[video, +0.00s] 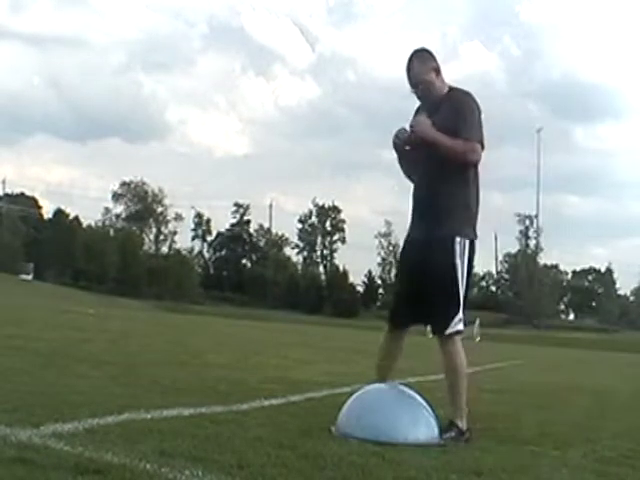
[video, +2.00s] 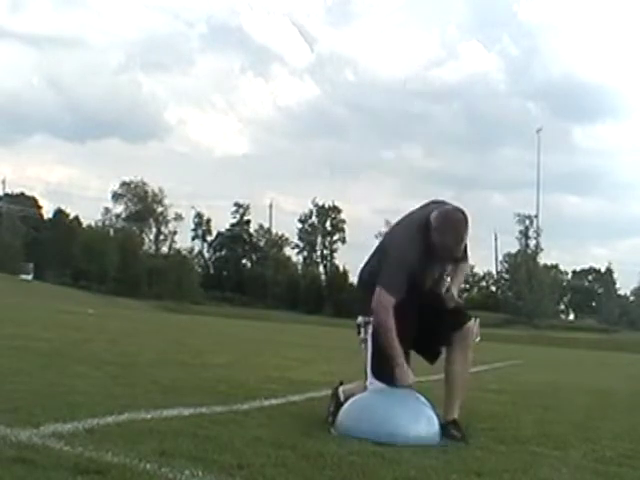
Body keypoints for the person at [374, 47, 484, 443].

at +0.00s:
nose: (418, 90)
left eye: (421, 81)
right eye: (413, 85)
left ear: (436, 73)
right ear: (412, 84)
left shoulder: (462, 101)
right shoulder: (421, 115)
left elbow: (473, 153)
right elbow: (418, 174)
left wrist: (429, 134)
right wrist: (403, 150)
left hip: (454, 230)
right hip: (421, 229)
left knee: (448, 330)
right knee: (397, 324)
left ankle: (460, 423)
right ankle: (375, 403)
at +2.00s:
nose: (450, 257)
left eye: (456, 252)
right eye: (445, 252)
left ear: (462, 234)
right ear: (434, 231)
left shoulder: (456, 223)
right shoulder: (406, 239)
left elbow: (462, 260)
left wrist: (452, 290)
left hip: (422, 292)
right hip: (386, 292)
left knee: (462, 329)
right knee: (393, 384)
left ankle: (451, 419)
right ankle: (343, 394)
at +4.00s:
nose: (377, 255)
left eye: (380, 248)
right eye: (370, 250)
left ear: (390, 226)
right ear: (360, 239)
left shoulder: (422, 226)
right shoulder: (360, 248)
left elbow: (462, 255)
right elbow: (355, 308)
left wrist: (438, 295)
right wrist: (371, 359)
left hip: (421, 308)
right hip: (384, 309)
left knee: (407, 389)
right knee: (340, 330)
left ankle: (463, 411)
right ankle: (351, 404)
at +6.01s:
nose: (405, 267)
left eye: (410, 262)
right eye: (400, 262)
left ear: (420, 248)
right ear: (387, 249)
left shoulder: (437, 256)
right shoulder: (373, 249)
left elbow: (432, 327)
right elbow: (366, 322)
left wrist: (413, 384)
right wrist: (375, 383)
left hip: (426, 317)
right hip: (388, 321)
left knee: (466, 339)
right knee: (362, 405)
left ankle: (451, 419)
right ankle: (332, 392)